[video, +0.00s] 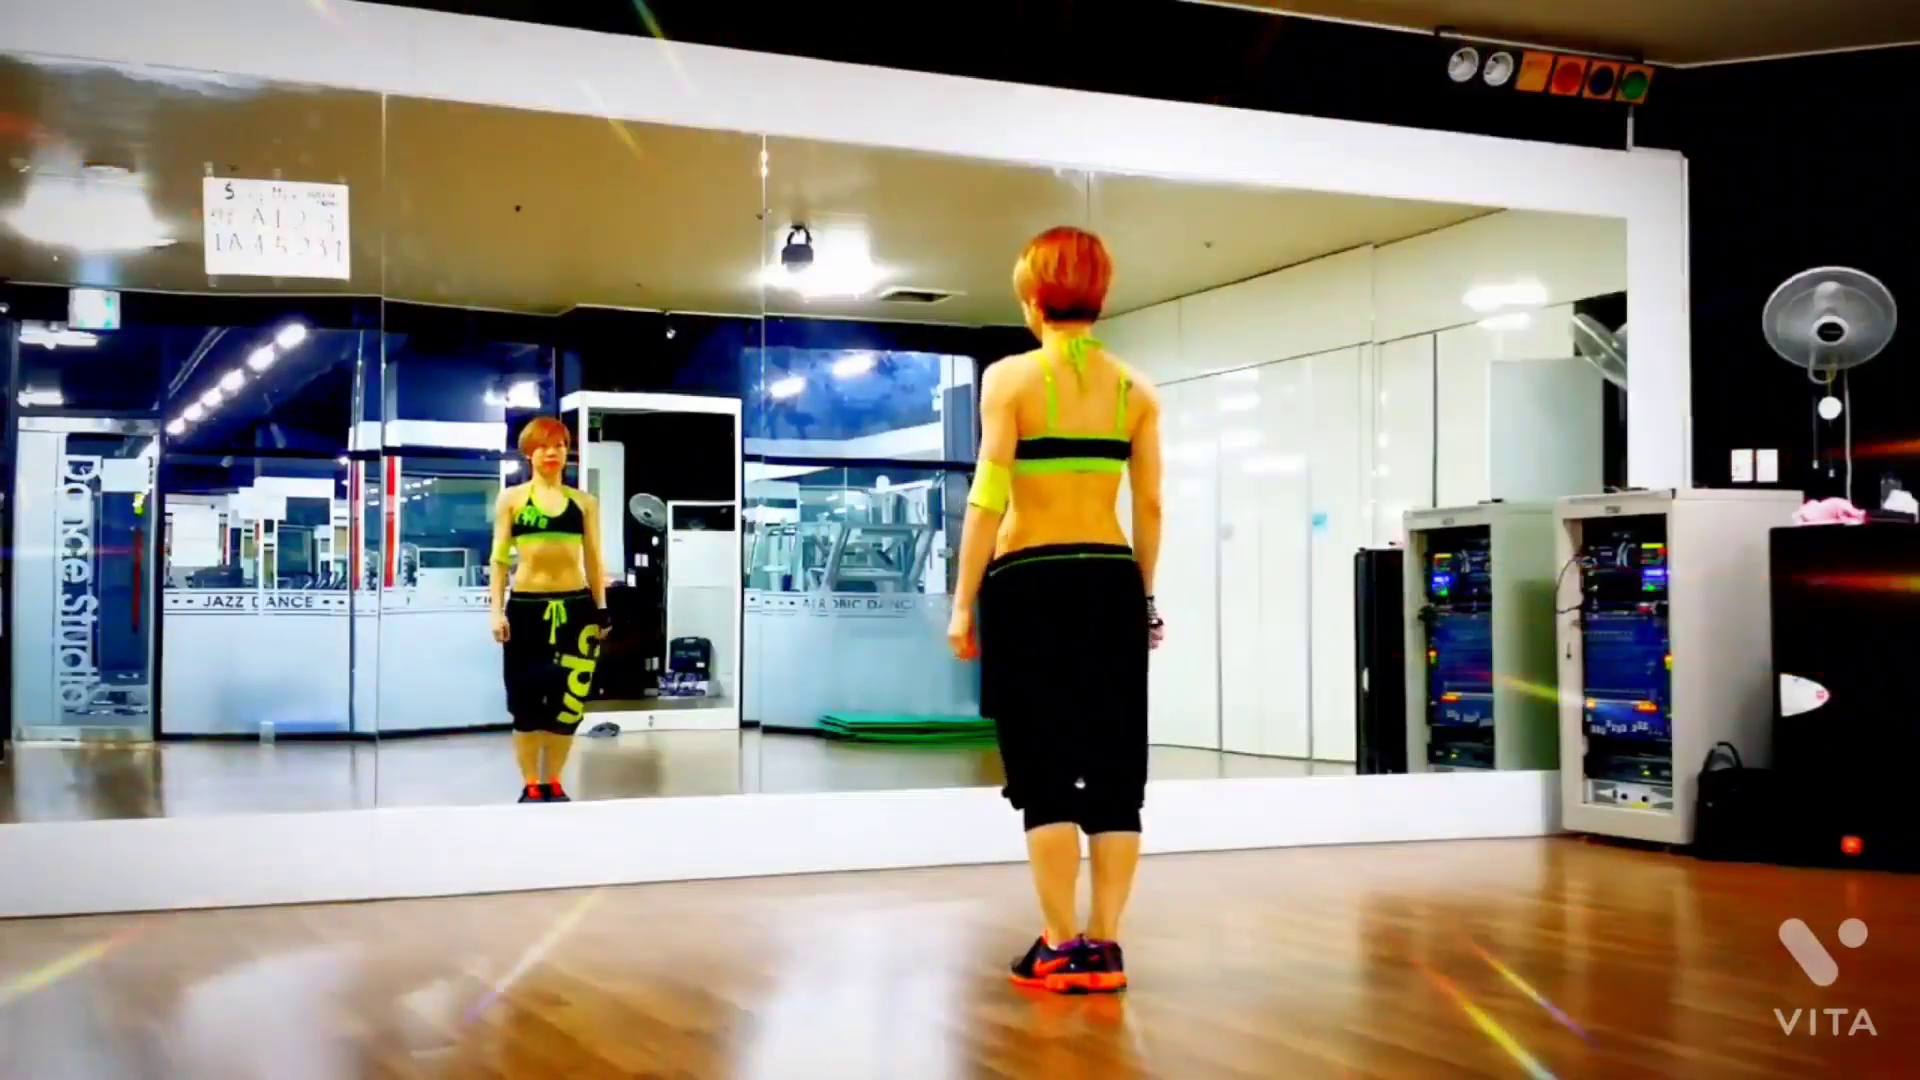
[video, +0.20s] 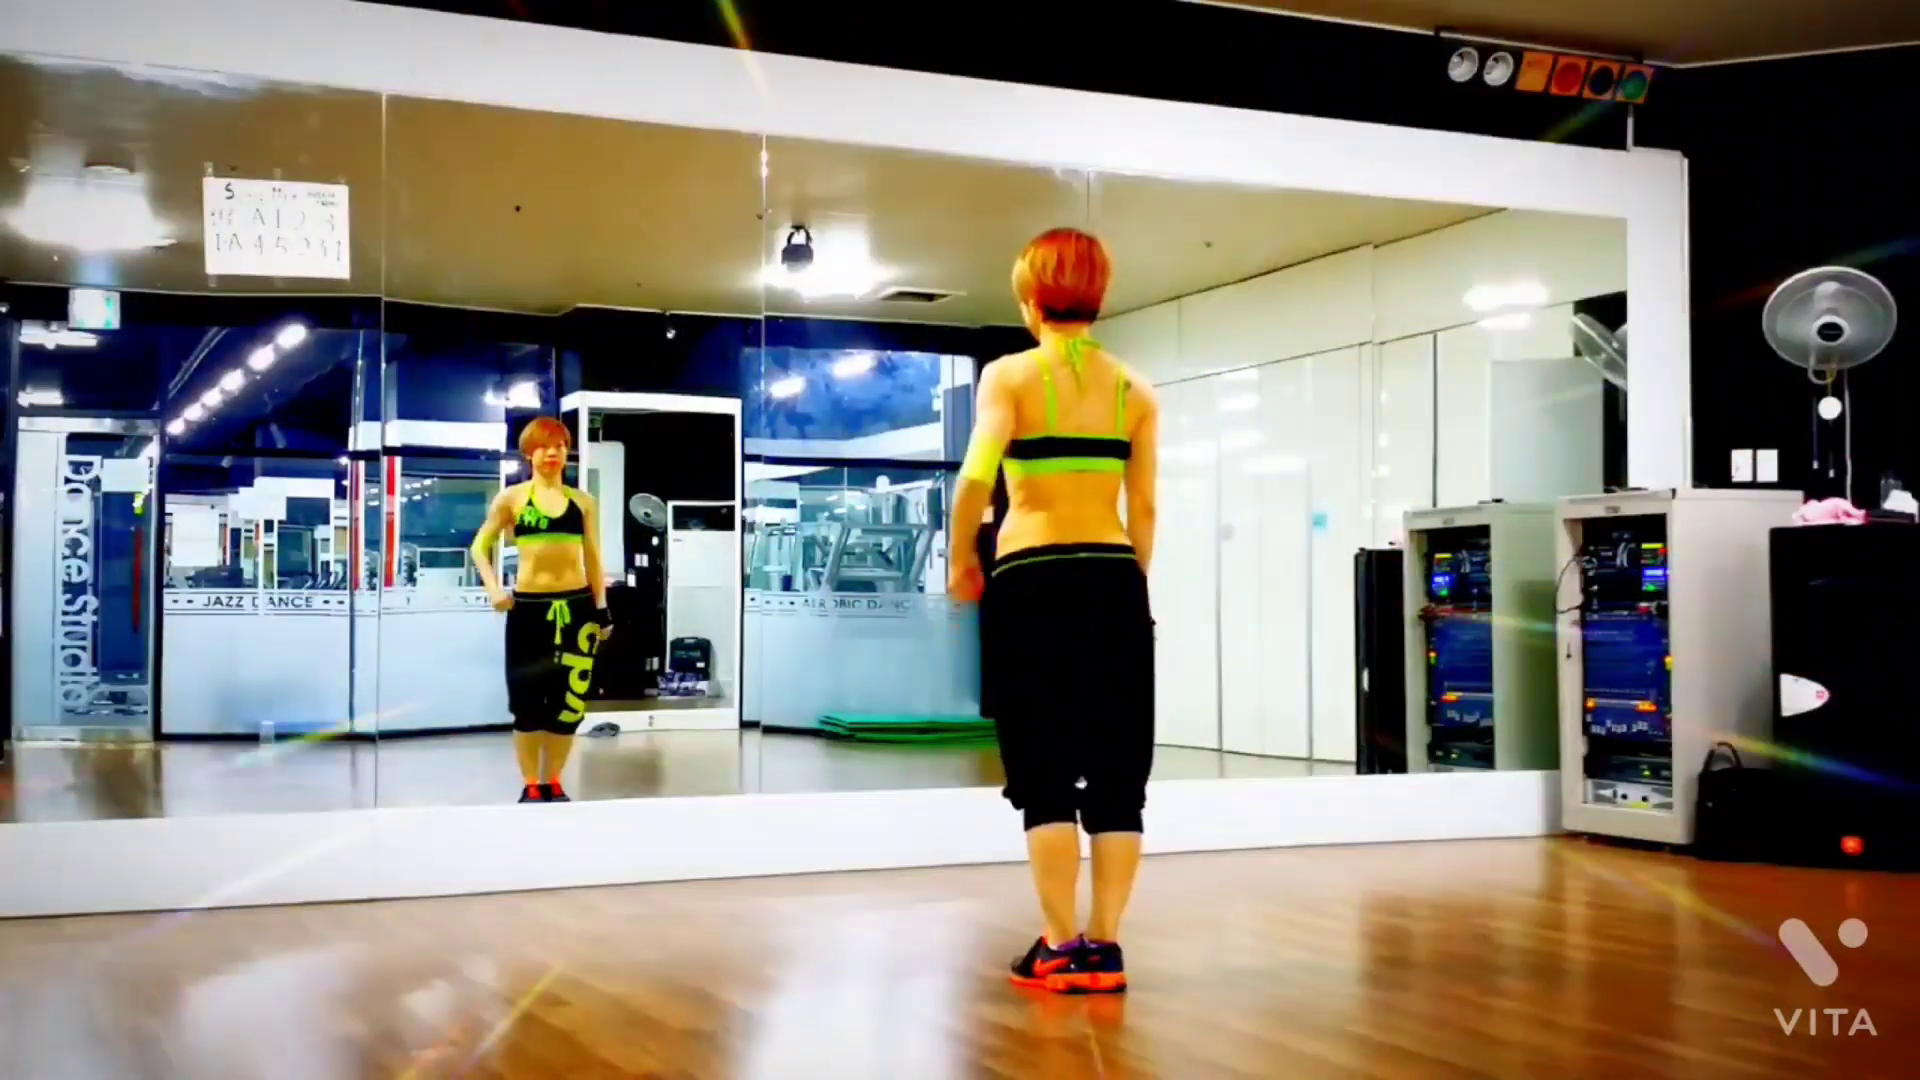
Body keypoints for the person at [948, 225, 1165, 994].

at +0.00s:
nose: (1024, 305)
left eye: (1025, 293)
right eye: (1035, 293)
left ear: (1031, 299)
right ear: (1100, 297)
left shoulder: (1009, 379)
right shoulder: (1134, 388)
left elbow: (990, 498)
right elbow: (1149, 505)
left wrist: (964, 601)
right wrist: (1143, 590)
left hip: (1026, 587)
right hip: (1111, 586)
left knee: (1041, 764)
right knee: (1117, 762)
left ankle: (1060, 940)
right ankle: (1104, 942)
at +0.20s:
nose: (1023, 305)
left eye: (1024, 294)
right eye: (1034, 293)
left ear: (1030, 299)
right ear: (1099, 298)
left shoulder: (1008, 376)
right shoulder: (1134, 388)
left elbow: (978, 478)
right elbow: (1143, 502)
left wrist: (960, 555)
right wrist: (1134, 577)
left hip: (1030, 588)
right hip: (1114, 586)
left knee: (1041, 766)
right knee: (1119, 767)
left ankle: (1061, 940)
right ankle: (1104, 944)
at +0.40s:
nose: (1022, 305)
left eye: (1024, 294)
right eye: (1034, 293)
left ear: (1029, 299)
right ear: (1099, 298)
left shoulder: (1007, 376)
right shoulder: (1135, 390)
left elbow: (964, 470)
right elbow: (1141, 506)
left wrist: (961, 545)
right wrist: (1131, 575)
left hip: (1029, 588)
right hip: (1113, 585)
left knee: (1041, 766)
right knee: (1118, 767)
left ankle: (1061, 940)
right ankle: (1104, 945)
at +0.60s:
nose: (1022, 306)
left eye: (1023, 295)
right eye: (1032, 294)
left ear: (1030, 300)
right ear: (1099, 298)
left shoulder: (1005, 378)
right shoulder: (1134, 391)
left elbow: (961, 475)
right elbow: (1139, 506)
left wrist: (957, 545)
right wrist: (1132, 582)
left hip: (1025, 588)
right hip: (1110, 587)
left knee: (1037, 766)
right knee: (1115, 767)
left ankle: (1061, 939)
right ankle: (1104, 945)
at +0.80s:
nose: (1022, 305)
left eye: (1023, 294)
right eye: (1034, 293)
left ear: (1029, 300)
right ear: (1098, 298)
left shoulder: (1004, 377)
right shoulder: (1132, 391)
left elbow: (956, 475)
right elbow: (1139, 504)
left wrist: (956, 547)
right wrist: (1136, 586)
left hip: (1024, 590)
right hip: (1109, 589)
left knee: (1036, 769)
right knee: (1113, 770)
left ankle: (1060, 938)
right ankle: (1104, 945)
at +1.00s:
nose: (1023, 307)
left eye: (1024, 297)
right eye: (1031, 296)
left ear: (1032, 302)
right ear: (1100, 300)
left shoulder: (1004, 377)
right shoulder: (1133, 392)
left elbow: (952, 470)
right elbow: (1142, 504)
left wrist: (951, 536)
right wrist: (1137, 584)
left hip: (1021, 587)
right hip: (1107, 587)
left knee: (1034, 762)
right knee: (1114, 764)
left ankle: (1061, 938)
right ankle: (1104, 944)